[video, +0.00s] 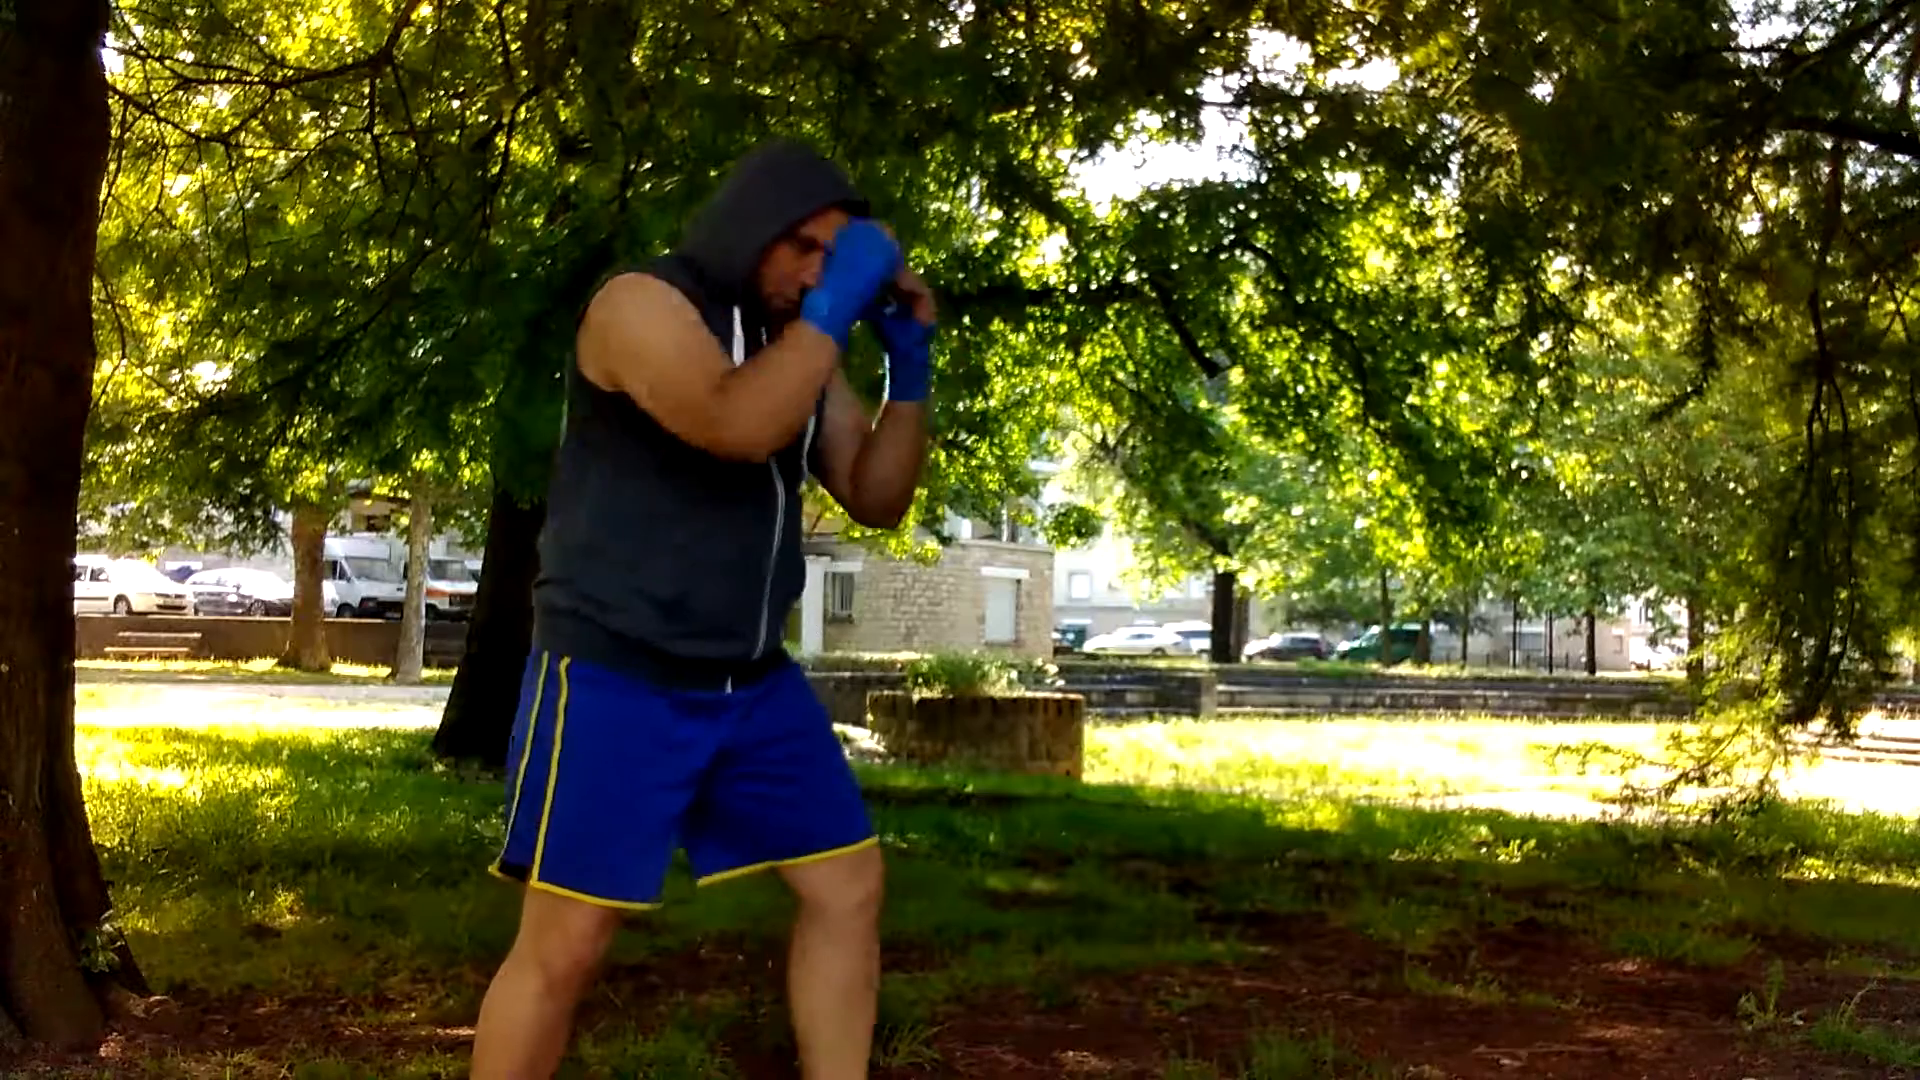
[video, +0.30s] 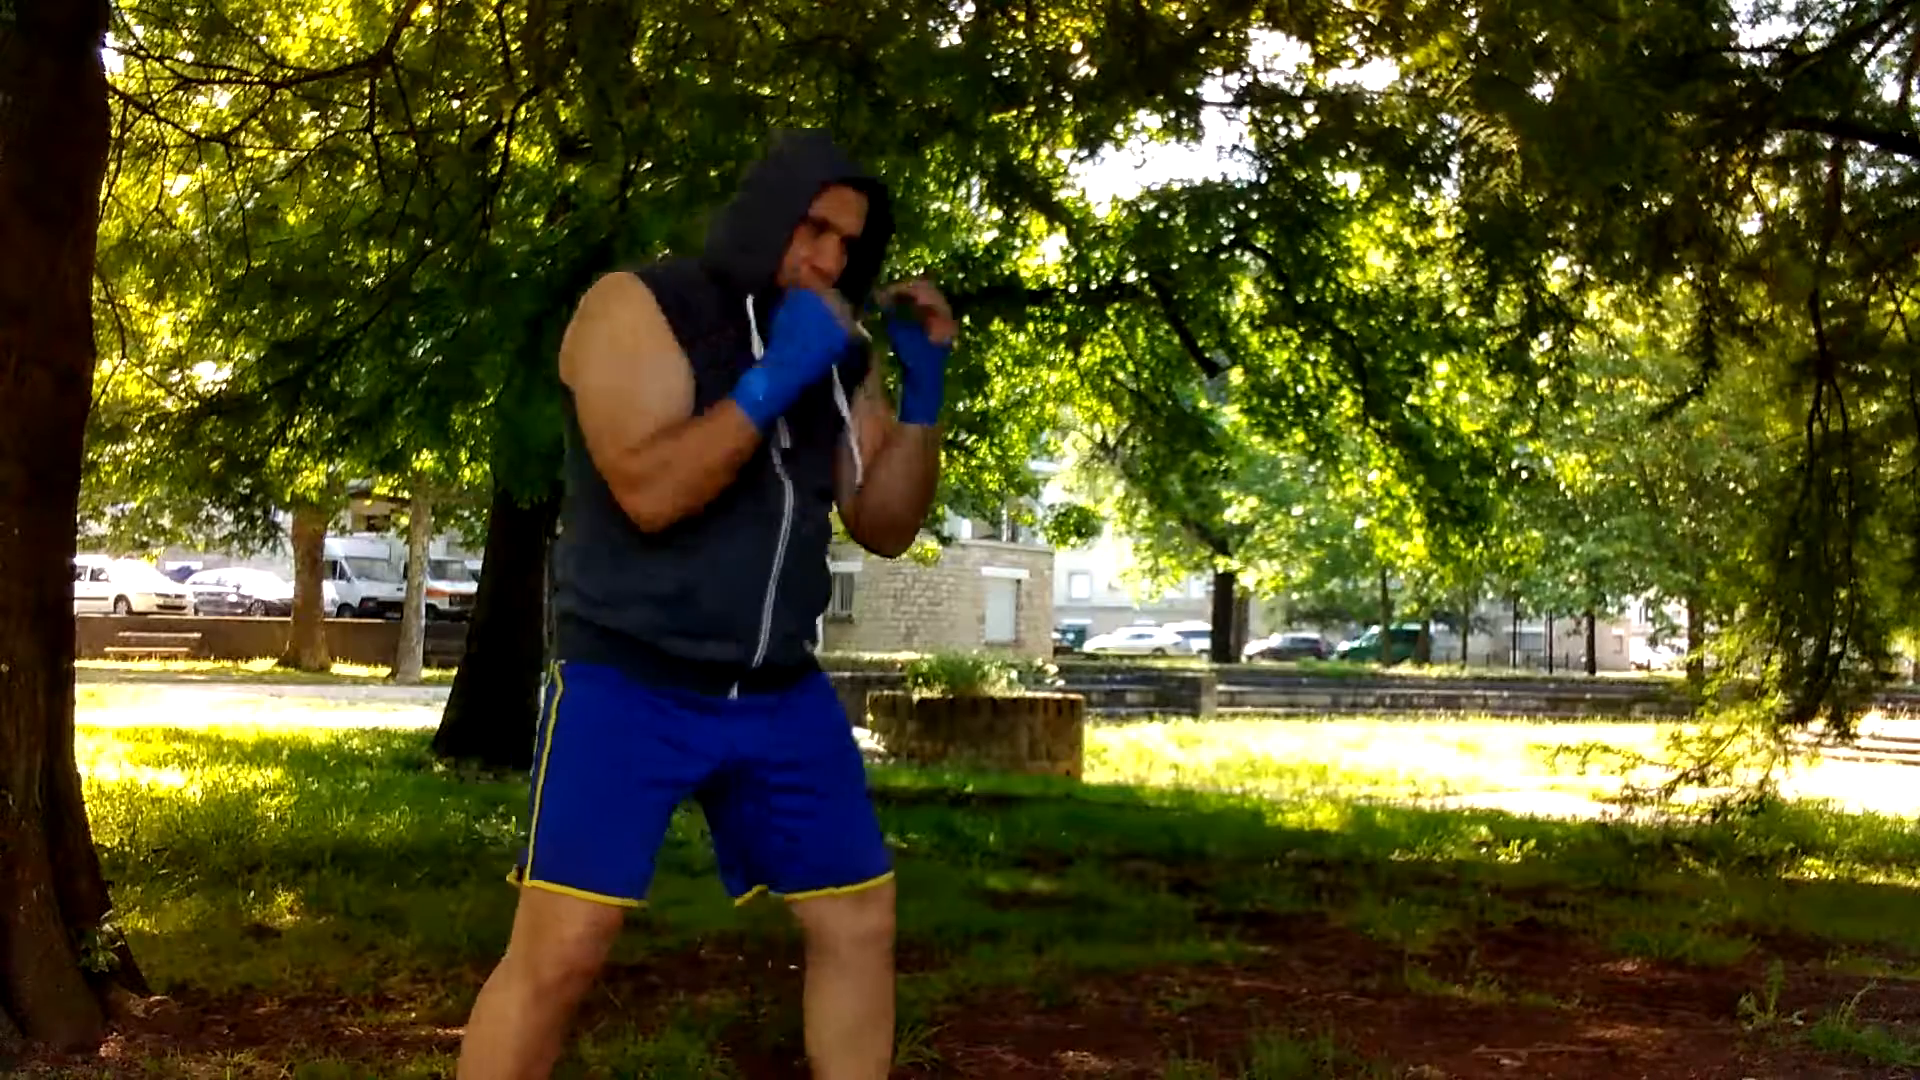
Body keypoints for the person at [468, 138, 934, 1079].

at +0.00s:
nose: (818, 277)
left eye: (831, 259)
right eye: (804, 248)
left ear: (837, 262)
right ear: (746, 231)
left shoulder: (796, 352)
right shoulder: (634, 305)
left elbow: (876, 498)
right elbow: (739, 424)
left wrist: (910, 363)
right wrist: (836, 306)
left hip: (750, 677)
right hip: (611, 675)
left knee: (845, 880)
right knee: (563, 943)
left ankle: (837, 1074)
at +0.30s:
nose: (831, 264)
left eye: (848, 246)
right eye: (816, 233)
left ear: (853, 255)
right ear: (760, 219)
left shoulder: (827, 353)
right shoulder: (627, 308)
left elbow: (885, 524)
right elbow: (650, 490)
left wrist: (923, 378)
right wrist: (781, 370)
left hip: (781, 693)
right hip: (626, 688)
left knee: (856, 920)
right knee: (557, 957)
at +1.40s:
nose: (871, 238)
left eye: (889, 218)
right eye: (848, 205)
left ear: (901, 232)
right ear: (784, 203)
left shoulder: (891, 345)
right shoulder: (671, 289)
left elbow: (970, 511)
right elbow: (740, 427)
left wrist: (1000, 328)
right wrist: (888, 286)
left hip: (839, 710)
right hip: (666, 707)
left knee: (939, 951)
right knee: (571, 986)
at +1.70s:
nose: (841, 225)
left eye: (857, 206)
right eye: (817, 197)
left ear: (867, 224)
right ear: (751, 196)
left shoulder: (868, 336)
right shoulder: (646, 291)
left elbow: (997, 465)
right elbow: (747, 387)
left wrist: (972, 289)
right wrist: (856, 238)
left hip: (830, 711)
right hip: (653, 712)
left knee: (947, 950)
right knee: (561, 993)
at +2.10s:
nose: (887, 242)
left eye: (904, 220)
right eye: (864, 211)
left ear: (916, 232)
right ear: (801, 203)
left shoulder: (892, 362)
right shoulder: (672, 305)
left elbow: (906, 570)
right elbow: (666, 511)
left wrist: (958, 486)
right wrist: (875, 470)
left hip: (827, 721)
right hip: (652, 721)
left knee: (947, 955)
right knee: (563, 1006)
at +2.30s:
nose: (725, 229)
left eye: (747, 206)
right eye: (700, 200)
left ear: (767, 219)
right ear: (648, 200)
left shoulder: (791, 327)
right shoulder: (543, 317)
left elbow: (894, 507)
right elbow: (574, 492)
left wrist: (880, 351)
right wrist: (731, 350)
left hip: (782, 704)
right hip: (596, 714)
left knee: (902, 940)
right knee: (529, 995)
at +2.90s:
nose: (700, 233)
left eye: (724, 214)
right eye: (676, 203)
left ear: (743, 214)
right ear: (618, 191)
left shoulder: (745, 304)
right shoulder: (521, 273)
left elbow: (852, 446)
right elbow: (684, 308)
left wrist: (810, 237)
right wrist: (895, 202)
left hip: (737, 688)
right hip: (564, 692)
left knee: (849, 947)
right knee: (516, 994)